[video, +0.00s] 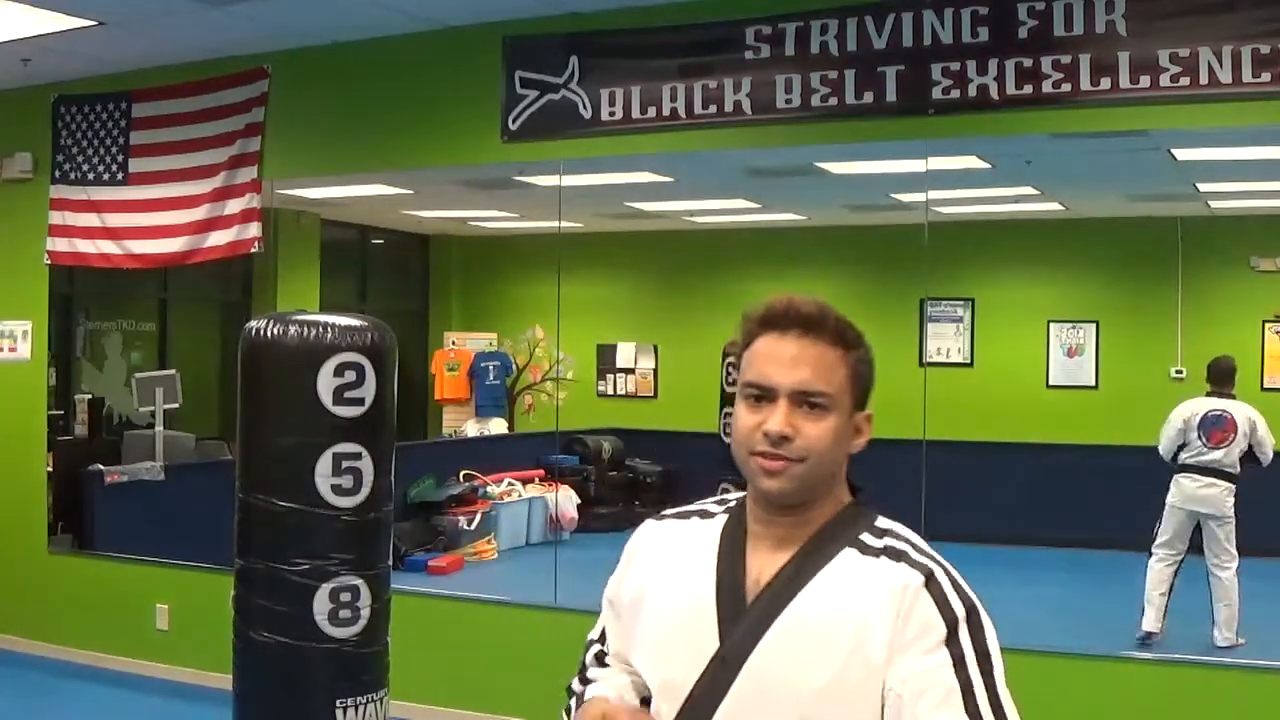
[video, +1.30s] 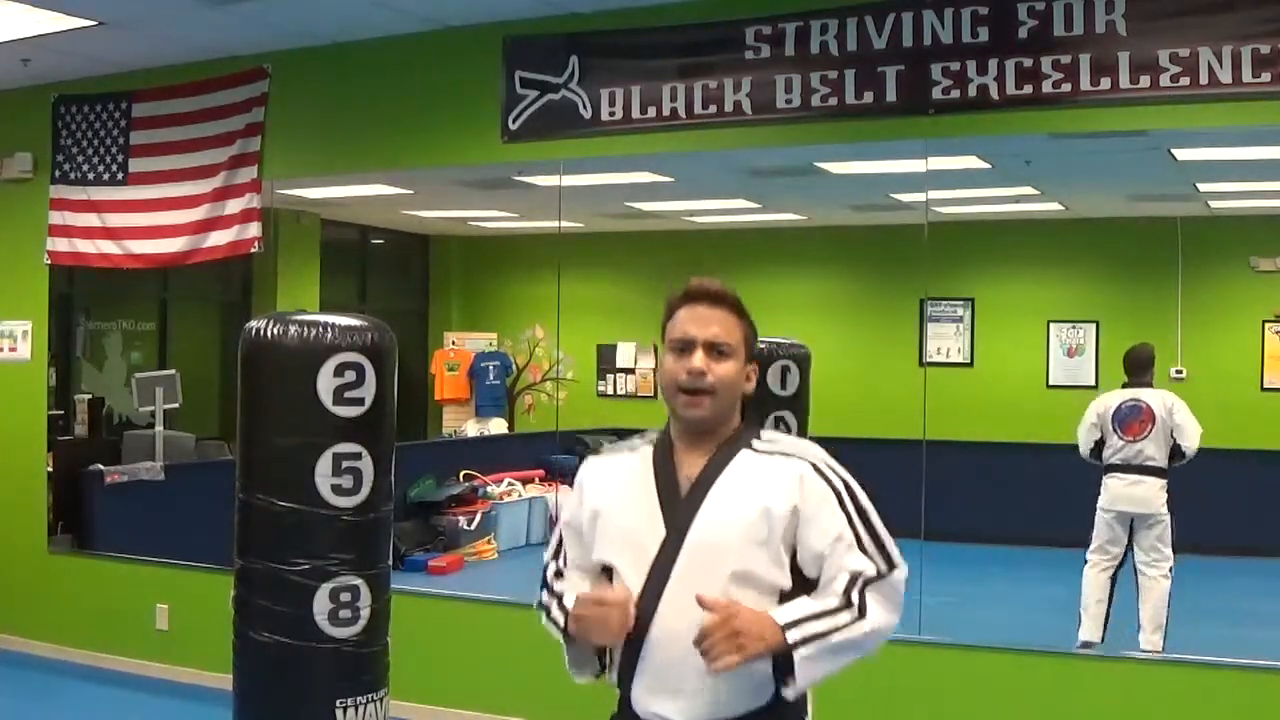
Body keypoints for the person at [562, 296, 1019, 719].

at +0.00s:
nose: (777, 426)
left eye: (811, 404)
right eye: (758, 398)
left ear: (859, 431)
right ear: (730, 415)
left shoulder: (919, 596)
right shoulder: (656, 547)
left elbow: (979, 715)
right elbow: (603, 682)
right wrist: (605, 707)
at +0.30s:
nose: (734, 452)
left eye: (761, 428)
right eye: (712, 429)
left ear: (803, 450)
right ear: (688, 448)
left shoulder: (882, 595)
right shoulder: (622, 581)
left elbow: (965, 717)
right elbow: (571, 708)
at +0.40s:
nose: (700, 467)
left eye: (726, 445)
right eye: (679, 446)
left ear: (767, 467)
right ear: (657, 463)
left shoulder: (843, 604)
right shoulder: (600, 595)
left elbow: (922, 715)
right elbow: (550, 709)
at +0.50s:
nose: (667, 461)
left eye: (690, 441)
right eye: (647, 442)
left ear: (731, 461)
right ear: (626, 462)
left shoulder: (802, 589)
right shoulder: (575, 585)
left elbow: (867, 716)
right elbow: (526, 703)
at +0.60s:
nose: (651, 413)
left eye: (671, 393)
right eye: (631, 395)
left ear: (710, 408)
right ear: (609, 409)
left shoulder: (784, 525)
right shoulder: (563, 530)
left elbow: (849, 655)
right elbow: (502, 647)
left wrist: (747, 706)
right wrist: (530, 687)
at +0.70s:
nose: (644, 353)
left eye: (665, 336)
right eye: (626, 338)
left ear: (701, 356)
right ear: (605, 358)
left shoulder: (772, 459)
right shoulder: (562, 473)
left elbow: (852, 581)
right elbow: (515, 586)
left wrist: (747, 640)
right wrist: (541, 625)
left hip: (740, 709)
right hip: (614, 709)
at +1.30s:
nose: (696, 366)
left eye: (718, 352)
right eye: (681, 349)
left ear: (749, 375)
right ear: (659, 365)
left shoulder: (801, 474)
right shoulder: (602, 476)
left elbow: (874, 589)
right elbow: (558, 581)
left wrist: (780, 628)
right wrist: (580, 619)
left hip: (759, 707)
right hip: (640, 708)